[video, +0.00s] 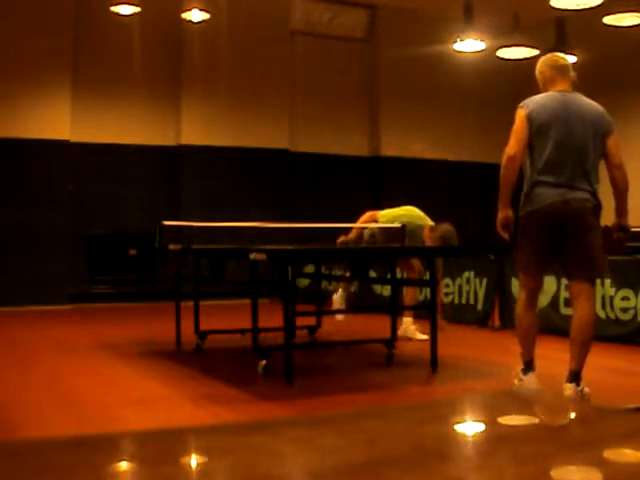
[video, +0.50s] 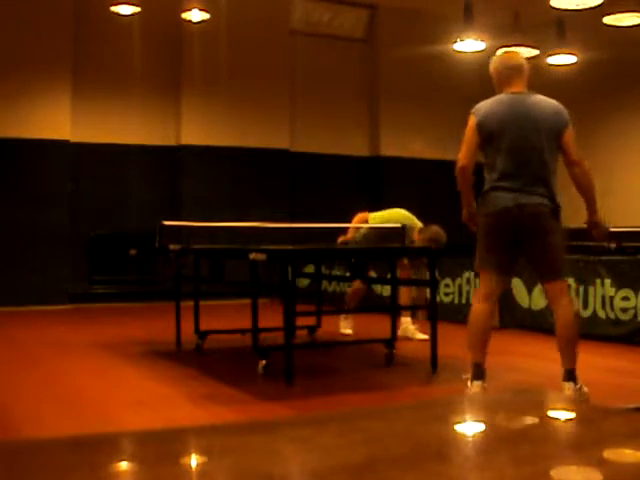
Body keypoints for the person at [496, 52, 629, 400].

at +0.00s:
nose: (539, 85)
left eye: (538, 80)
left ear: (542, 80)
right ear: (572, 78)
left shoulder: (530, 108)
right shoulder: (597, 112)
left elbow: (512, 155)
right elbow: (617, 170)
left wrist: (504, 205)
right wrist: (621, 217)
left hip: (538, 210)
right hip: (582, 212)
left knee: (529, 293)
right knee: (583, 295)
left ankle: (527, 370)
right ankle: (574, 380)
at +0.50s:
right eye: (525, 70)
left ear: (495, 79)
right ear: (526, 75)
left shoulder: (482, 111)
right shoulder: (554, 110)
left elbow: (464, 164)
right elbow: (575, 163)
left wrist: (468, 205)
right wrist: (593, 211)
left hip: (495, 216)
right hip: (541, 215)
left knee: (486, 292)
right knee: (559, 294)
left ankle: (476, 377)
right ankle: (570, 379)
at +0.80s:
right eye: (494, 72)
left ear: (466, 81)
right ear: (495, 75)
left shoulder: (453, 111)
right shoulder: (524, 106)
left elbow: (434, 161)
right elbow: (545, 157)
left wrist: (444, 208)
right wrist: (556, 209)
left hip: (469, 211)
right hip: (512, 210)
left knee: (471, 290)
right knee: (537, 286)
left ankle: (474, 375)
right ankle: (535, 371)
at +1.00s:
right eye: (484, 71)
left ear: (457, 79)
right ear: (487, 74)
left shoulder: (444, 112)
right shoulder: (515, 106)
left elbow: (429, 166)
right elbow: (536, 155)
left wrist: (432, 207)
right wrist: (546, 208)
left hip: (460, 210)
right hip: (503, 209)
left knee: (465, 288)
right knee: (517, 289)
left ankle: (472, 372)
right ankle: (485, 358)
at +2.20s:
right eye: (467, 67)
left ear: (438, 73)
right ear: (469, 69)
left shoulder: (424, 105)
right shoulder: (496, 103)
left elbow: (399, 157)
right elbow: (514, 157)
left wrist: (398, 199)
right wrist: (529, 209)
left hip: (434, 208)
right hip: (479, 208)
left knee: (433, 290)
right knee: (476, 297)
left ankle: (422, 376)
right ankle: (461, 387)